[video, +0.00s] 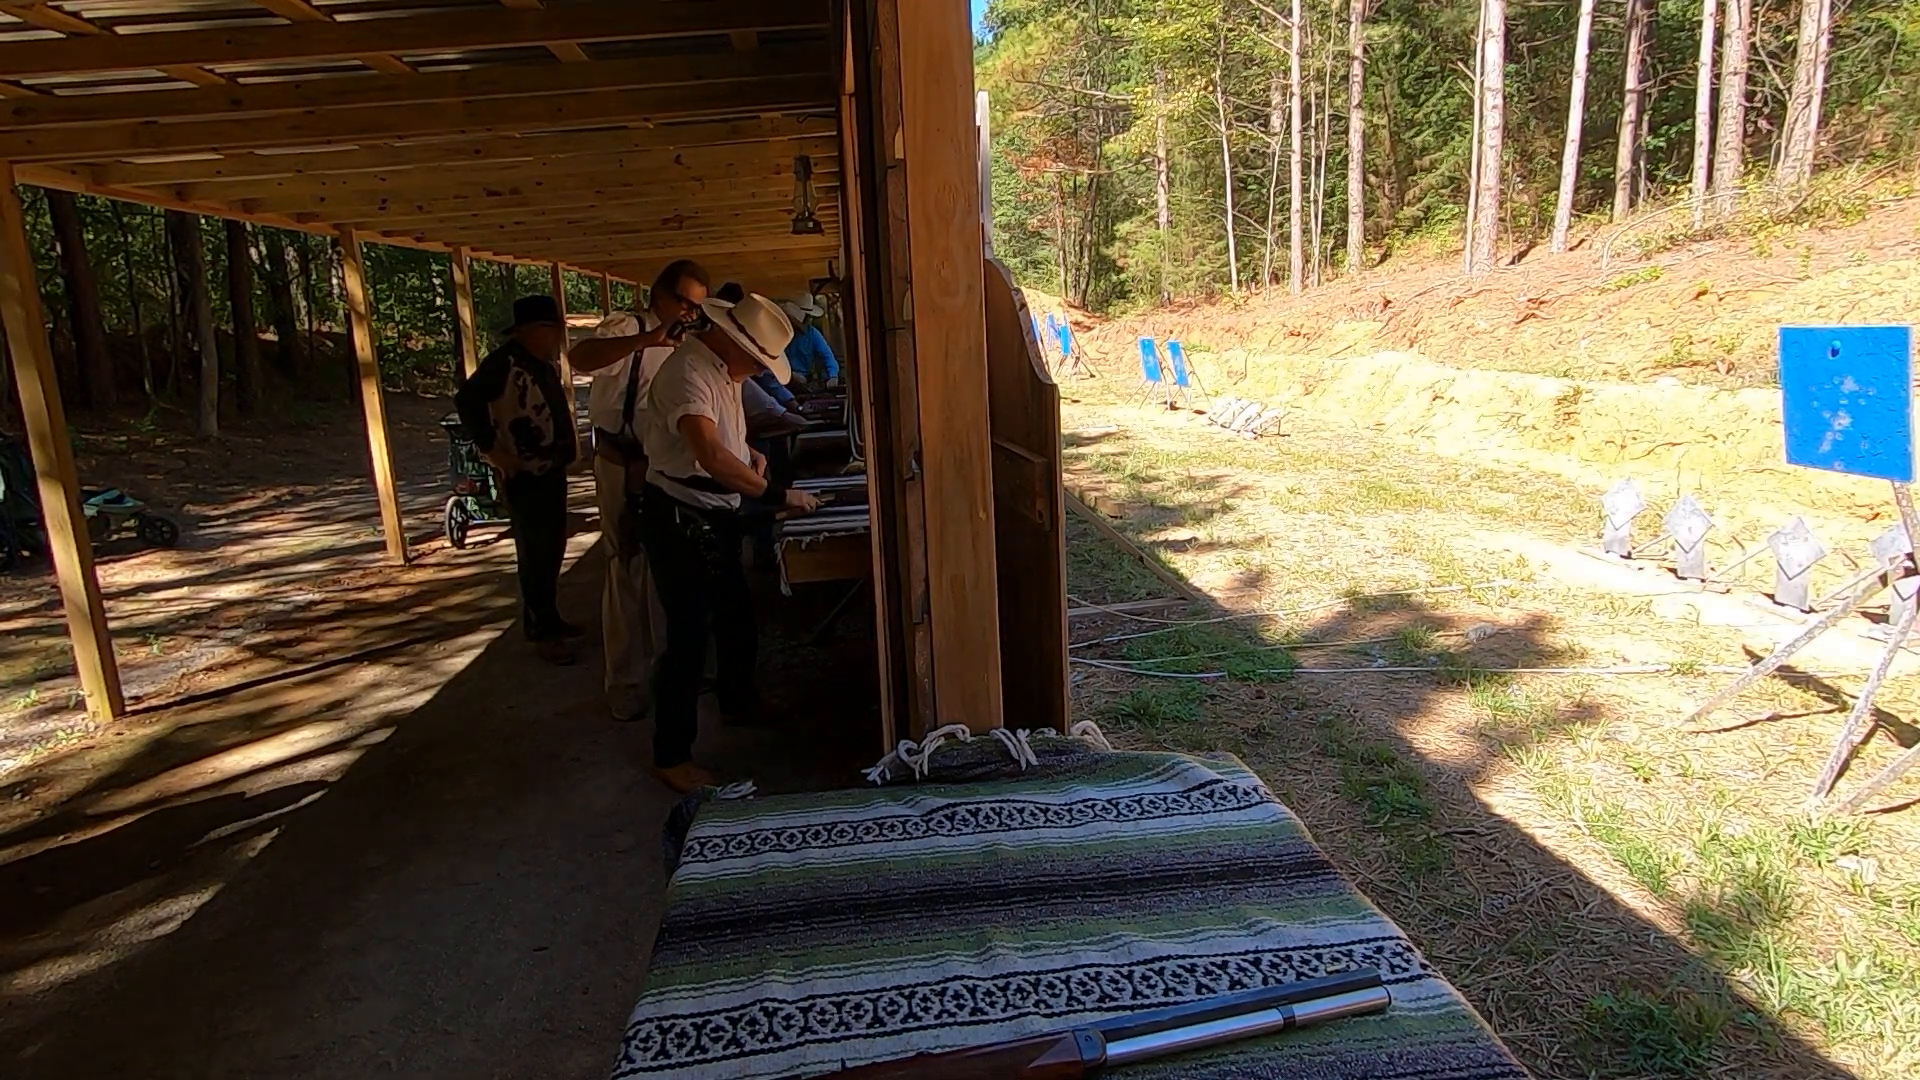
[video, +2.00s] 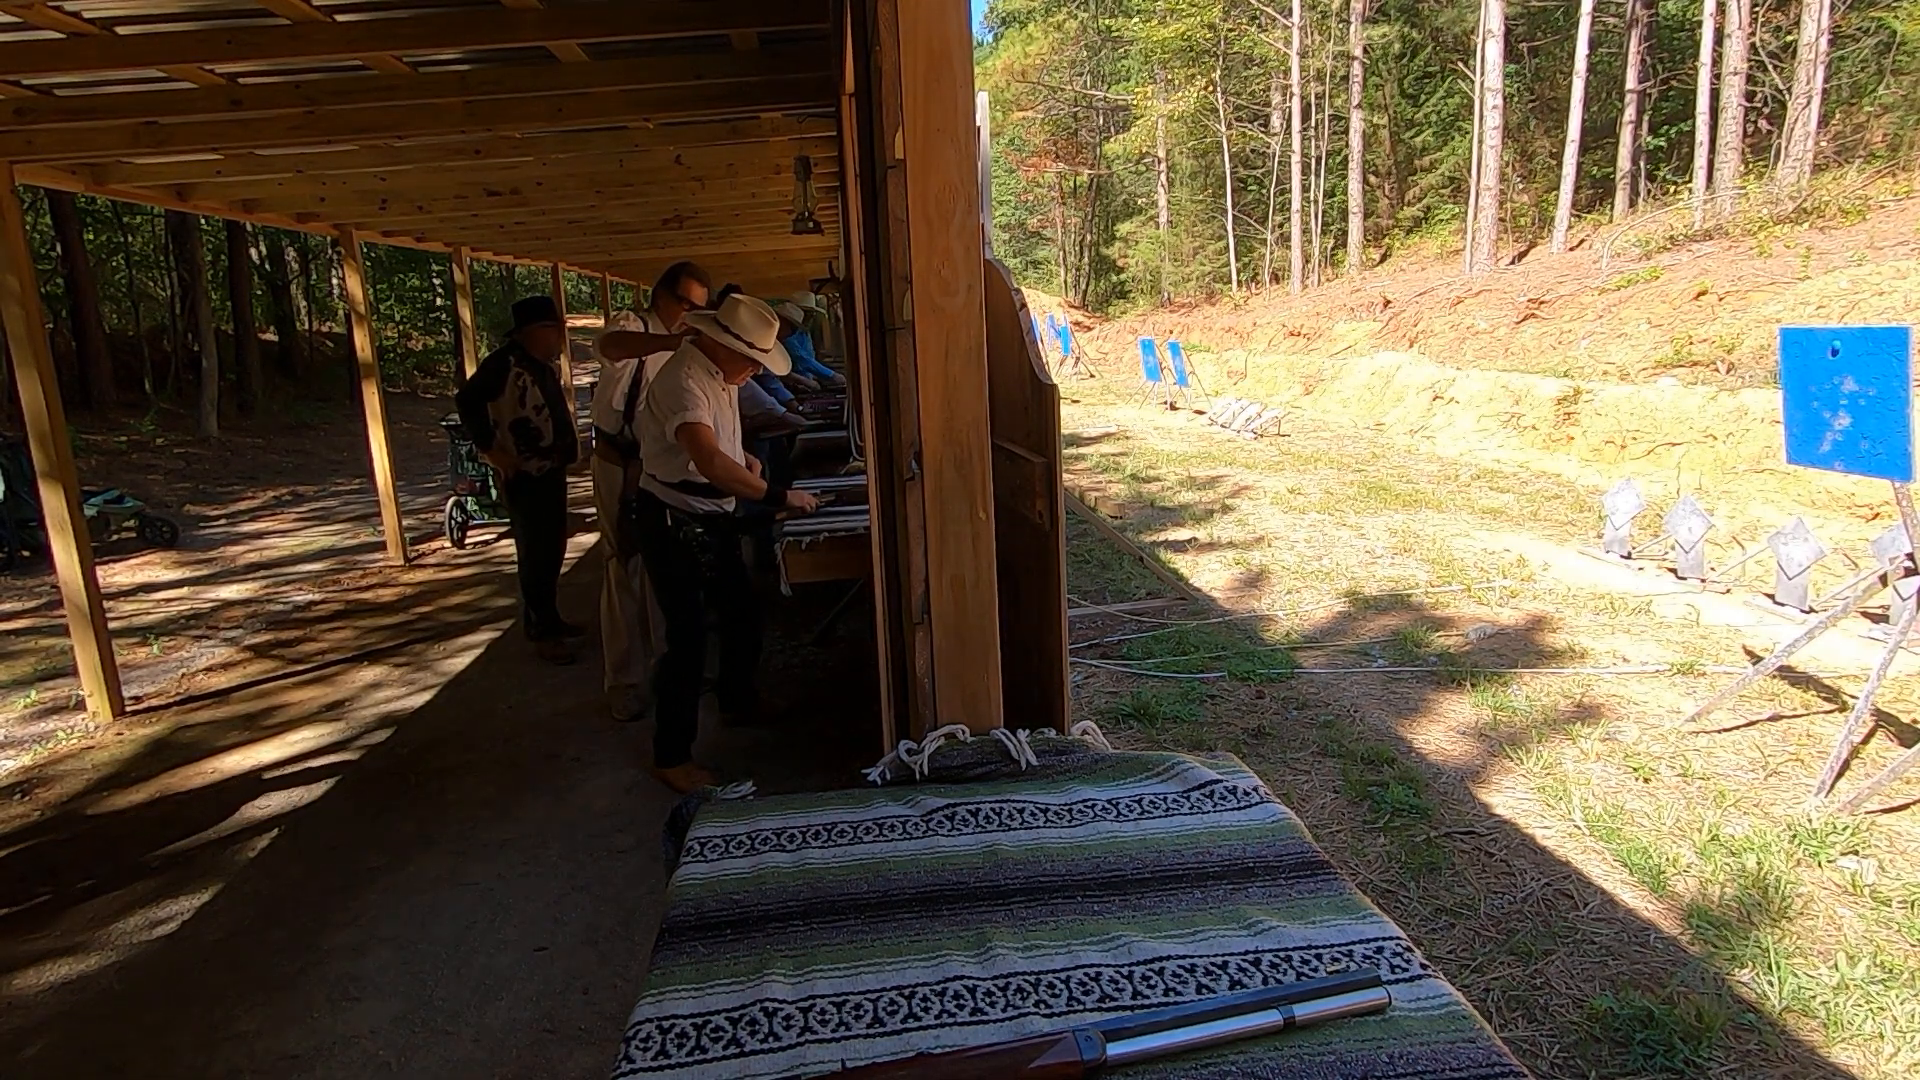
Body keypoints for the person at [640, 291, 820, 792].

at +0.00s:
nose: (756, 373)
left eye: (760, 366)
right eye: (755, 363)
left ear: (737, 343)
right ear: (733, 343)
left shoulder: (721, 372)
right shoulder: (689, 372)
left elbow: (731, 445)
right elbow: (709, 455)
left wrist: (771, 477)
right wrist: (772, 494)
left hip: (718, 512)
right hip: (678, 515)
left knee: (735, 616)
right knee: (689, 634)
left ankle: (740, 707)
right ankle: (672, 757)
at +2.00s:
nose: (755, 374)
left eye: (758, 367)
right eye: (753, 365)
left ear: (725, 350)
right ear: (727, 350)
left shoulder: (719, 378)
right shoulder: (683, 378)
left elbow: (723, 443)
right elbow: (706, 458)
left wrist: (748, 466)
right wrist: (777, 496)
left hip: (716, 515)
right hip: (673, 519)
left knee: (740, 614)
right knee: (688, 636)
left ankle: (739, 707)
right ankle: (672, 758)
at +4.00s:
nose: (758, 374)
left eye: (762, 366)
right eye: (757, 364)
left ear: (728, 348)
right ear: (730, 348)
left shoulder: (721, 377)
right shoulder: (686, 378)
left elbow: (724, 445)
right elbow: (711, 461)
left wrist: (747, 466)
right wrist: (781, 494)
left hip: (716, 516)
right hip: (673, 520)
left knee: (742, 611)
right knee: (690, 634)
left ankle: (739, 704)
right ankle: (672, 757)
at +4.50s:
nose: (757, 355)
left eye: (760, 346)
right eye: (753, 344)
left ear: (727, 335)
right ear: (725, 333)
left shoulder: (717, 362)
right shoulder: (686, 353)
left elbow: (722, 424)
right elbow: (724, 409)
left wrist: (751, 450)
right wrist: (786, 423)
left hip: (717, 512)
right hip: (672, 513)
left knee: (737, 613)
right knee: (689, 632)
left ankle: (740, 706)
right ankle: (673, 756)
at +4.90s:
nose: (750, 333)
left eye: (750, 324)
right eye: (743, 325)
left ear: (722, 324)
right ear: (712, 323)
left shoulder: (730, 359)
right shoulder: (669, 343)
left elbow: (757, 415)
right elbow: (702, 390)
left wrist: (784, 383)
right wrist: (755, 370)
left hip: (724, 508)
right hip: (674, 510)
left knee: (734, 615)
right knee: (682, 632)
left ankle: (739, 707)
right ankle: (672, 756)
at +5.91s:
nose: (759, 343)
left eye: (760, 335)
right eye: (752, 334)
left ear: (748, 333)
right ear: (720, 329)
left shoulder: (747, 368)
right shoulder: (677, 337)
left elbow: (799, 410)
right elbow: (703, 392)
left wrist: (857, 395)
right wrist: (765, 371)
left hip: (718, 509)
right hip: (663, 507)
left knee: (735, 614)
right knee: (675, 631)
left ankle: (740, 708)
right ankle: (672, 757)